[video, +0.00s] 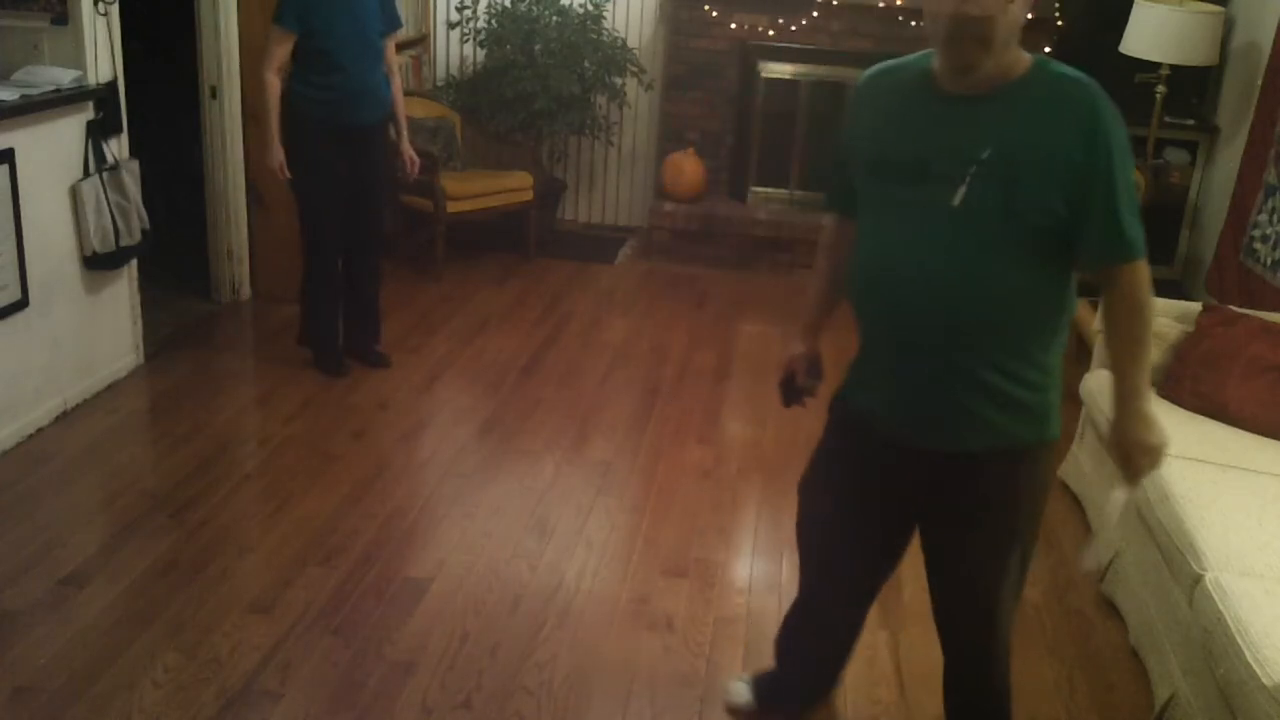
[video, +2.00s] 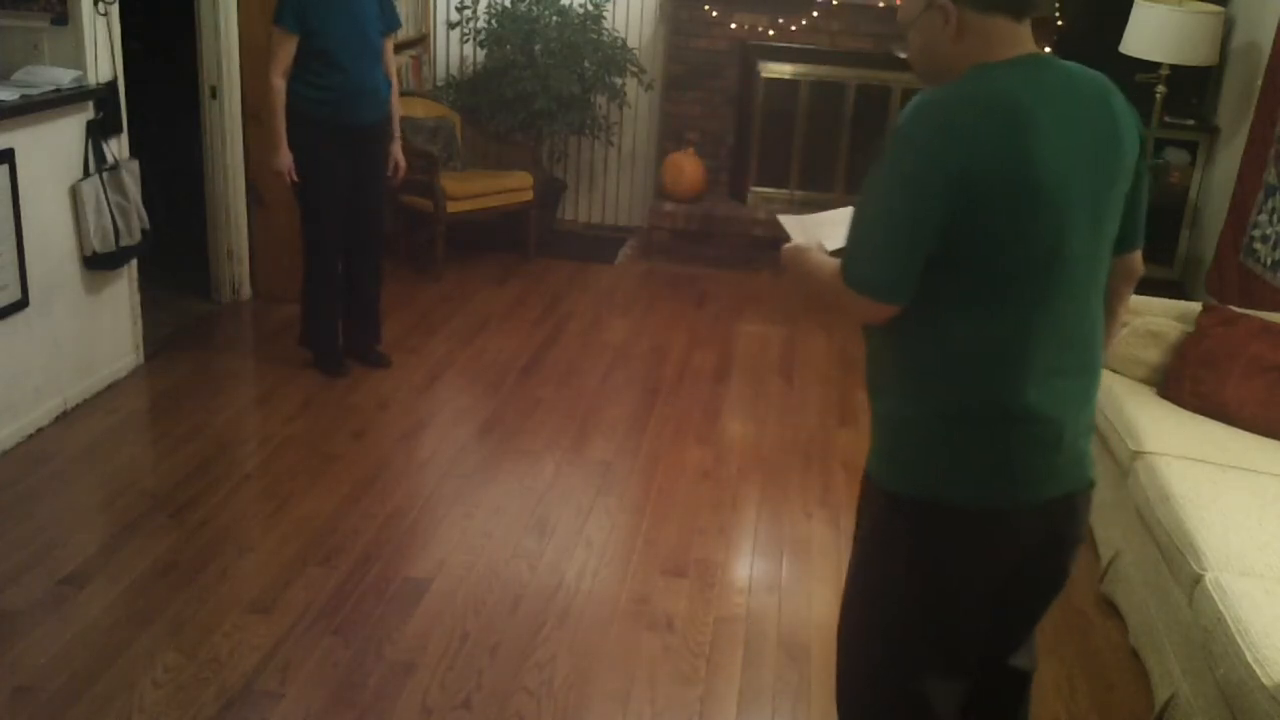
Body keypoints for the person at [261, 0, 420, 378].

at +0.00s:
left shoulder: (381, 6)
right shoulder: (298, 6)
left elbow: (391, 69)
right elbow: (272, 70)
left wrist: (403, 138)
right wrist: (273, 143)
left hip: (369, 132)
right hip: (314, 134)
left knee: (367, 238)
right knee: (322, 240)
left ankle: (363, 340)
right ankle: (323, 345)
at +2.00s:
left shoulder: (381, 6)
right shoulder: (297, 7)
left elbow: (389, 71)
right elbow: (278, 74)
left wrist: (396, 138)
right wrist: (281, 146)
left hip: (371, 132)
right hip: (317, 133)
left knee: (367, 238)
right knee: (323, 240)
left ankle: (363, 339)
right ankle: (323, 345)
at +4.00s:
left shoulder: (323, 8)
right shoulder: (241, 9)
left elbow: (334, 85)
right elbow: (217, 88)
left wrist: (343, 157)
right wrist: (237, 161)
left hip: (315, 151)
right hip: (256, 156)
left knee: (332, 256)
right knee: (266, 266)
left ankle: (320, 349)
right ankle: (263, 368)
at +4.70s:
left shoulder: (379, 6)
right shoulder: (300, 7)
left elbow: (389, 74)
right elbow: (272, 76)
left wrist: (408, 144)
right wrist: (302, 150)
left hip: (365, 139)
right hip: (309, 142)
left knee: (365, 244)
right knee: (316, 245)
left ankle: (356, 347)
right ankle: (304, 343)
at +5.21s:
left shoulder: (422, 7)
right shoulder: (347, 9)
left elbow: (429, 78)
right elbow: (324, 85)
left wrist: (435, 146)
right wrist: (337, 164)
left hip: (411, 144)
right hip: (365, 144)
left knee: (407, 254)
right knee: (369, 253)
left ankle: (398, 361)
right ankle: (325, 337)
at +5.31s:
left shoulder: (436, 8)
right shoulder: (357, 9)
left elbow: (449, 81)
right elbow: (332, 86)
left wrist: (468, 152)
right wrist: (336, 166)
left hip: (420, 145)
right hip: (371, 145)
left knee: (416, 250)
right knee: (397, 251)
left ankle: (399, 359)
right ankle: (372, 356)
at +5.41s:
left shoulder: (451, 10)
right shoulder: (373, 10)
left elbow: (469, 87)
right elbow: (339, 90)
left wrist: (493, 158)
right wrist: (335, 166)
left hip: (431, 148)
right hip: (379, 149)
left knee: (419, 260)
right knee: (413, 262)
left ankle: (395, 360)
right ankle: (421, 385)